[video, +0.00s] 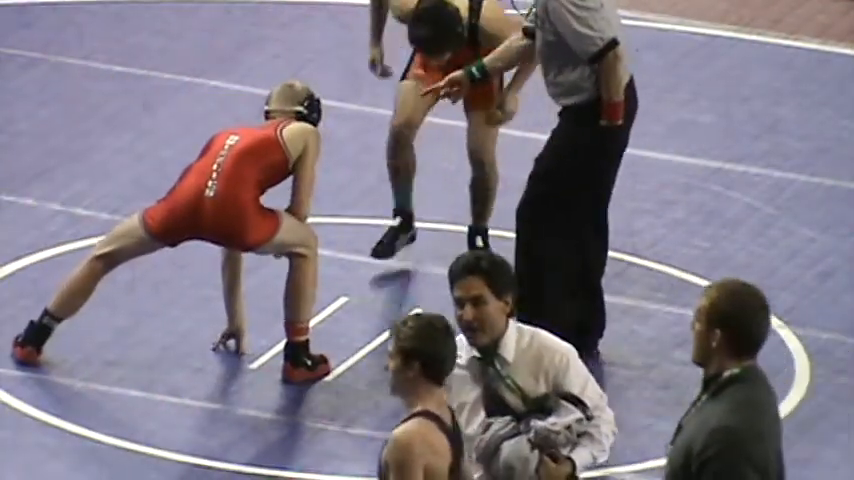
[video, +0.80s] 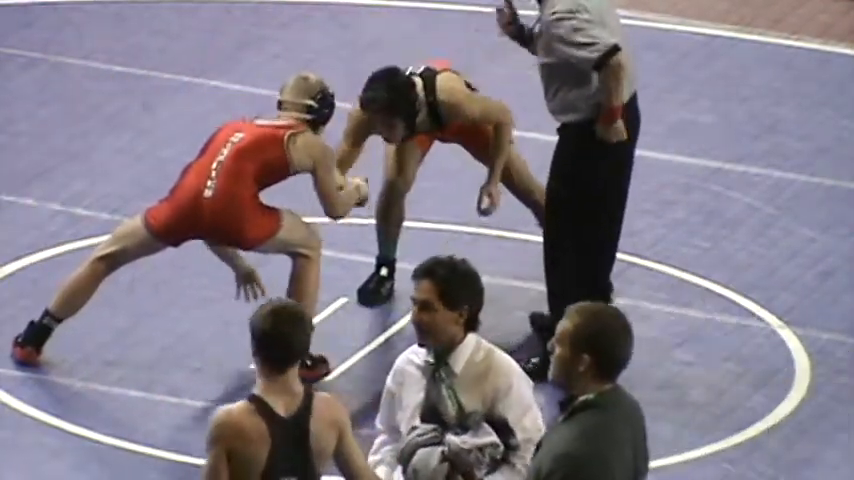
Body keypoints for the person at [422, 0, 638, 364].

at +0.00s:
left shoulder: (567, 4)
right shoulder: (548, 6)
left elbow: (611, 54)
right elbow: (527, 39)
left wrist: (612, 119)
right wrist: (472, 73)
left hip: (592, 111)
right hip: (594, 107)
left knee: (536, 214)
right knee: (577, 218)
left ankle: (537, 333)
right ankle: (579, 336)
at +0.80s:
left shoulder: (560, 17)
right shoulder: (569, 5)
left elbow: (614, 61)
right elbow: (555, 50)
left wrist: (611, 116)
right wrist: (517, 31)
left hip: (589, 128)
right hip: (607, 121)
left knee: (564, 228)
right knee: (589, 224)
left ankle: (570, 332)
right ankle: (588, 318)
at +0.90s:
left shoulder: (560, 15)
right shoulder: (593, 4)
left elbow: (598, 67)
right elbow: (563, 50)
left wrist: (587, 125)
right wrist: (528, 19)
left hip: (589, 128)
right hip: (618, 119)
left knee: (565, 226)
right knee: (596, 223)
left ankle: (563, 323)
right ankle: (590, 316)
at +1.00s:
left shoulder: (572, 15)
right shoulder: (593, 5)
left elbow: (566, 98)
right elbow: (568, 49)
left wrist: (538, 130)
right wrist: (535, 16)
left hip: (593, 130)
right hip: (619, 118)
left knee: (568, 231)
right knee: (597, 229)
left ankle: (567, 332)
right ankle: (588, 327)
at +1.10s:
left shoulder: (585, 16)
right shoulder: (609, 5)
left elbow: (530, 88)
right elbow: (584, 50)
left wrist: (485, 98)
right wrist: (545, 17)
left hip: (598, 133)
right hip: (619, 121)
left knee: (573, 239)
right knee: (593, 235)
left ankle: (574, 350)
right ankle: (583, 343)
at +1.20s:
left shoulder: (587, 18)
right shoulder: (624, 6)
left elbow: (512, 58)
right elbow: (596, 38)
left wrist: (460, 43)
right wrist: (552, 24)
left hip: (601, 134)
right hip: (627, 125)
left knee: (572, 242)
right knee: (602, 235)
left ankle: (569, 356)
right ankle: (605, 336)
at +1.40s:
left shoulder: (614, 15)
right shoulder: (662, 5)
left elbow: (535, 16)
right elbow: (640, 46)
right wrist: (583, 65)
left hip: (613, 135)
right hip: (643, 127)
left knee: (580, 245)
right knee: (625, 237)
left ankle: (568, 356)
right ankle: (668, 335)